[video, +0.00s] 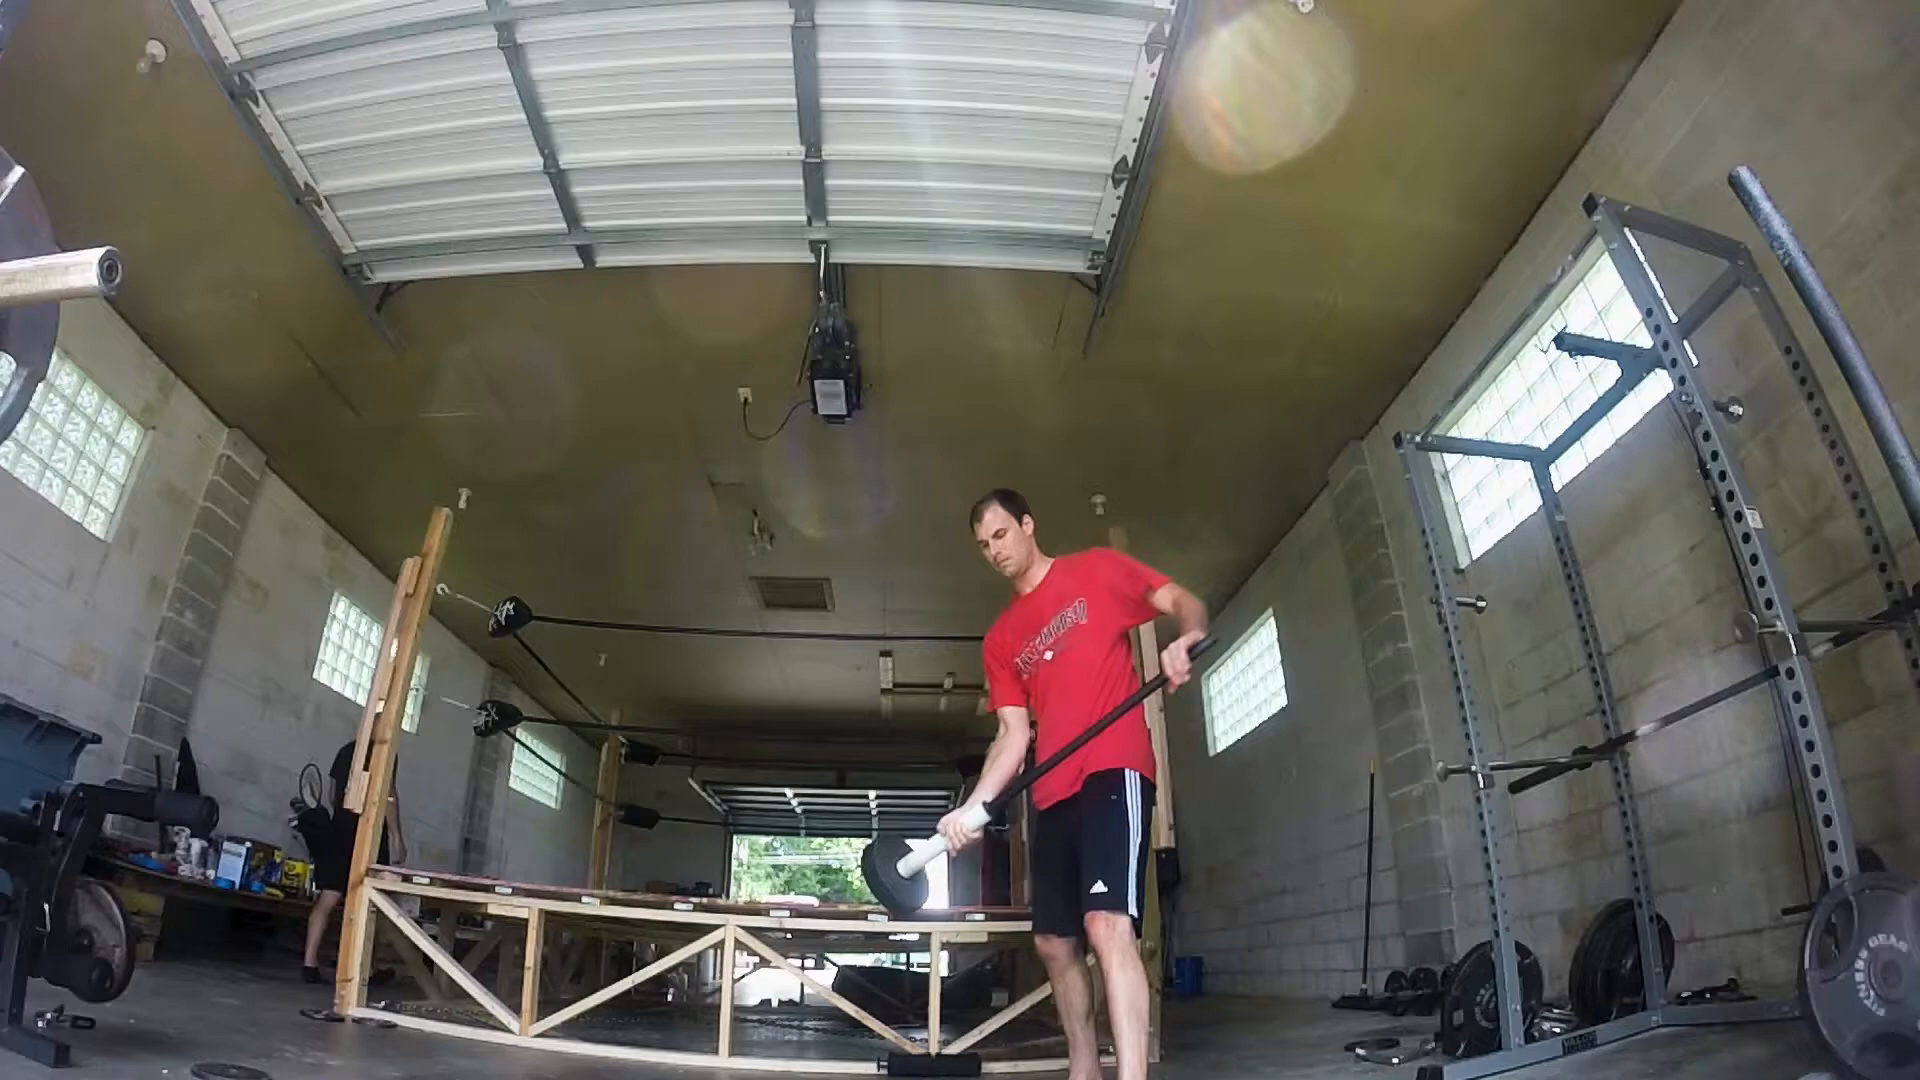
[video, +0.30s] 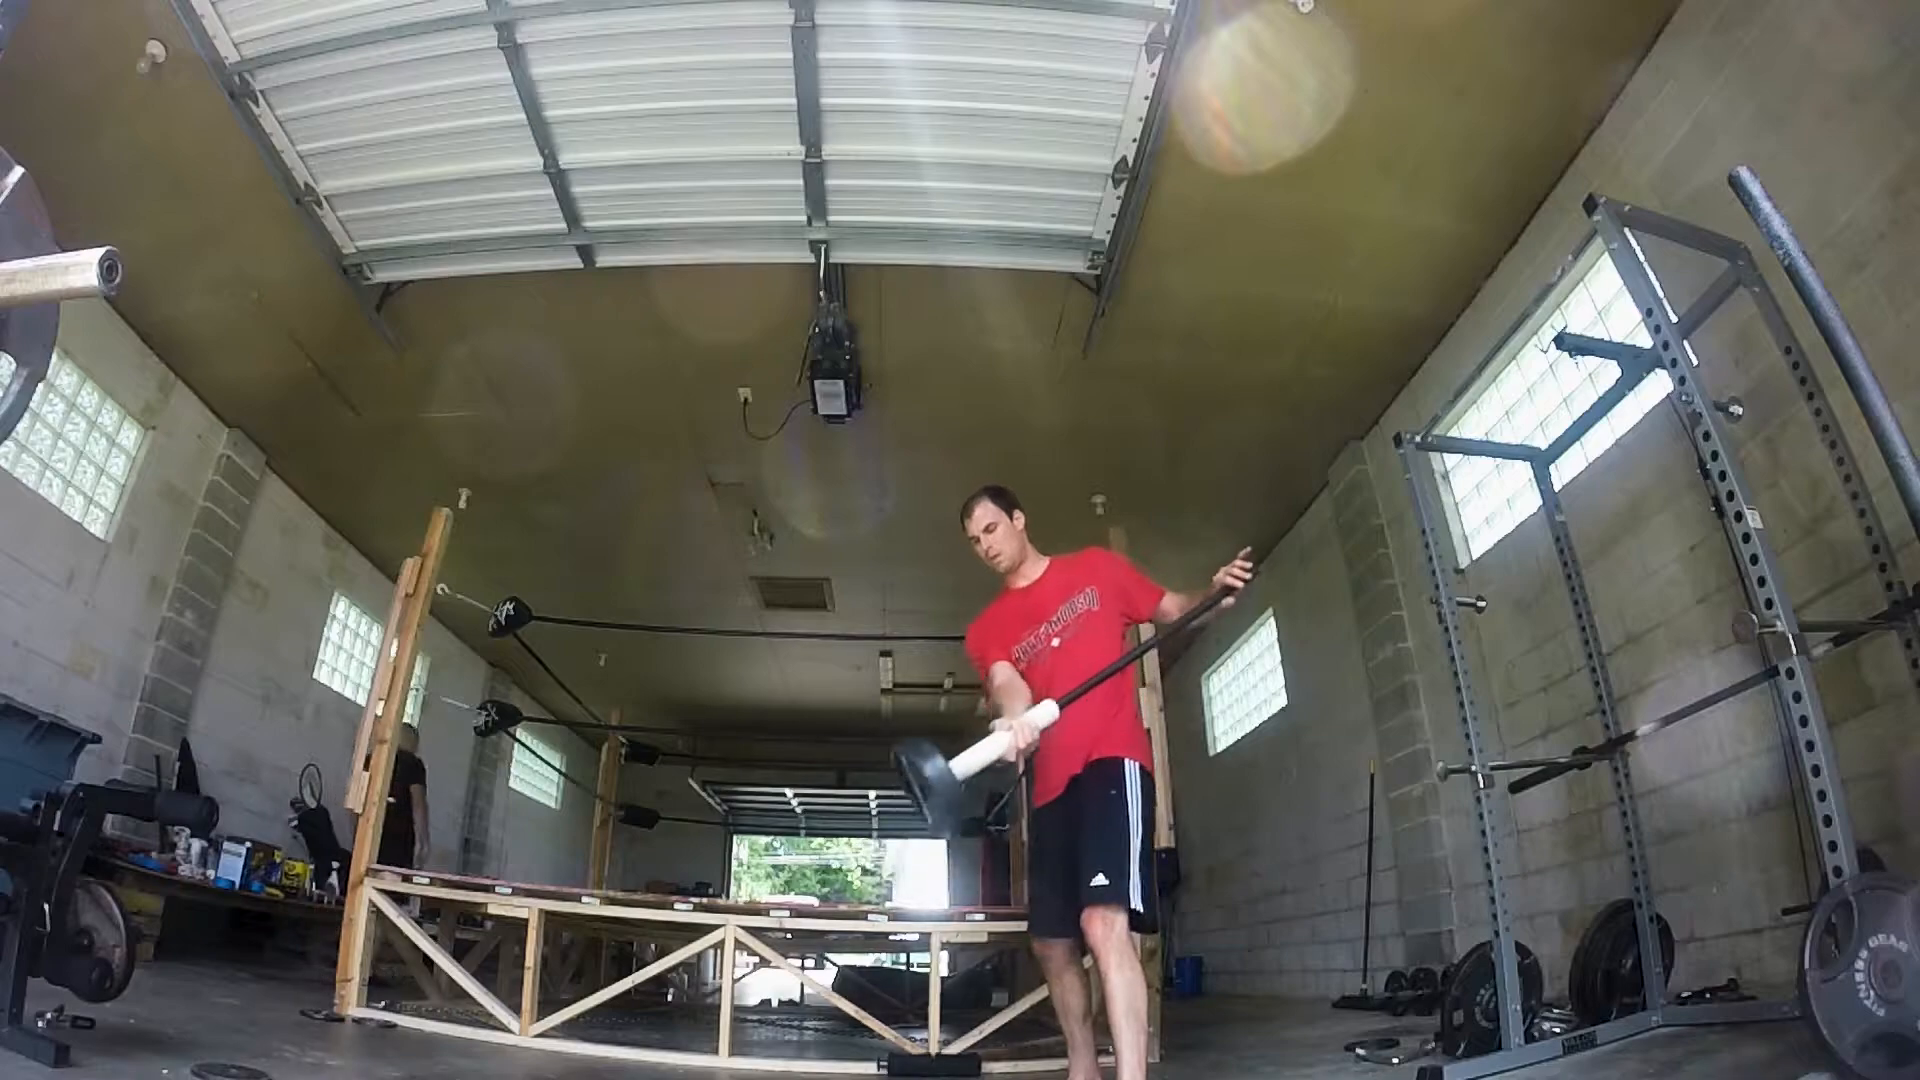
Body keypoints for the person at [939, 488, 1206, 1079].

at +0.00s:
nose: (994, 549)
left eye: (1000, 533)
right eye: (984, 543)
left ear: (1028, 526)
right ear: (982, 552)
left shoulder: (1098, 569)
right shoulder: (1001, 637)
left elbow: (1187, 604)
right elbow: (1014, 733)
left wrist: (1185, 638)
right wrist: (973, 806)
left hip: (1115, 764)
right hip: (1054, 787)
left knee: (1106, 922)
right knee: (1052, 940)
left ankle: (1132, 1075)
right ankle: (1085, 1071)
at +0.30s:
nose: (985, 544)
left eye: (991, 528)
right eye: (975, 539)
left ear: (1019, 520)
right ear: (973, 550)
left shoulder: (1095, 567)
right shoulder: (987, 625)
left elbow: (1173, 609)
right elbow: (1004, 682)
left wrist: (1215, 593)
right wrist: (1014, 718)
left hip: (1112, 755)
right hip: (1049, 775)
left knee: (1103, 922)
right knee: (1050, 941)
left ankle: (1132, 1075)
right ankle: (1083, 1072)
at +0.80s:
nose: (975, 564)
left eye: (981, 548)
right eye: (966, 559)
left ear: (1010, 536)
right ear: (967, 567)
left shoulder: (1081, 572)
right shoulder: (996, 645)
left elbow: (1166, 601)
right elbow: (1009, 727)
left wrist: (1181, 621)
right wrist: (983, 806)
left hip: (1102, 768)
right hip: (1049, 790)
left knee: (1096, 926)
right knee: (1042, 940)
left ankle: (1127, 1074)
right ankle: (1082, 1071)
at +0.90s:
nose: (976, 567)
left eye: (980, 551)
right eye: (967, 561)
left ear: (1010, 538)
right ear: (970, 567)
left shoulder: (1067, 572)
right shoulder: (1004, 644)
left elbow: (1154, 612)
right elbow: (1018, 736)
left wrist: (1131, 672)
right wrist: (979, 822)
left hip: (1098, 770)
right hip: (1050, 791)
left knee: (1090, 929)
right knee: (1043, 936)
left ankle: (1126, 1075)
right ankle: (1084, 1072)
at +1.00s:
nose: (973, 568)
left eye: (977, 553)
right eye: (965, 562)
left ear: (1007, 540)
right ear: (966, 568)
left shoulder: (1046, 574)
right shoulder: (1022, 626)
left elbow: (1100, 636)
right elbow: (1042, 730)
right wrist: (997, 809)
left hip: (1091, 771)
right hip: (1058, 782)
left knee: (1081, 926)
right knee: (1048, 931)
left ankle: (1123, 1074)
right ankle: (1085, 1070)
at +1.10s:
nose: (968, 570)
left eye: (974, 554)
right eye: (961, 563)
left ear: (1003, 542)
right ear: (961, 566)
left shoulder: (1033, 579)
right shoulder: (1045, 589)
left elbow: (1037, 667)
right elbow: (1073, 699)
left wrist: (977, 767)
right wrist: (1027, 769)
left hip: (1083, 765)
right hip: (1073, 769)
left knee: (1066, 929)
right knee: (1064, 931)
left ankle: (1119, 1074)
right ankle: (1086, 1071)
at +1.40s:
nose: (958, 576)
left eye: (961, 561)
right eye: (953, 567)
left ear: (993, 545)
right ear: (998, 552)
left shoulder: (988, 597)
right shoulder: (1075, 594)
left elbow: (939, 693)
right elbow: (1101, 676)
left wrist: (921, 726)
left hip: (1048, 777)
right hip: (1091, 782)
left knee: (1037, 931)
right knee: (1061, 936)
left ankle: (1109, 1073)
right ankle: (1085, 1070)